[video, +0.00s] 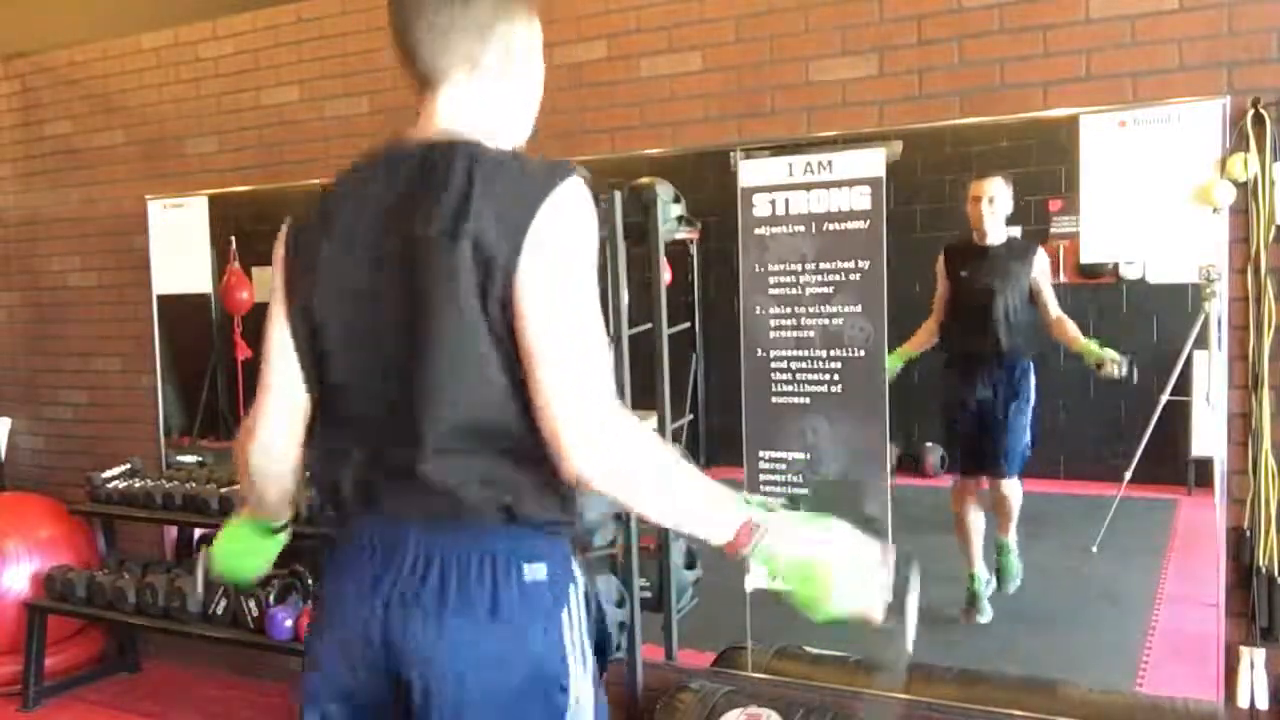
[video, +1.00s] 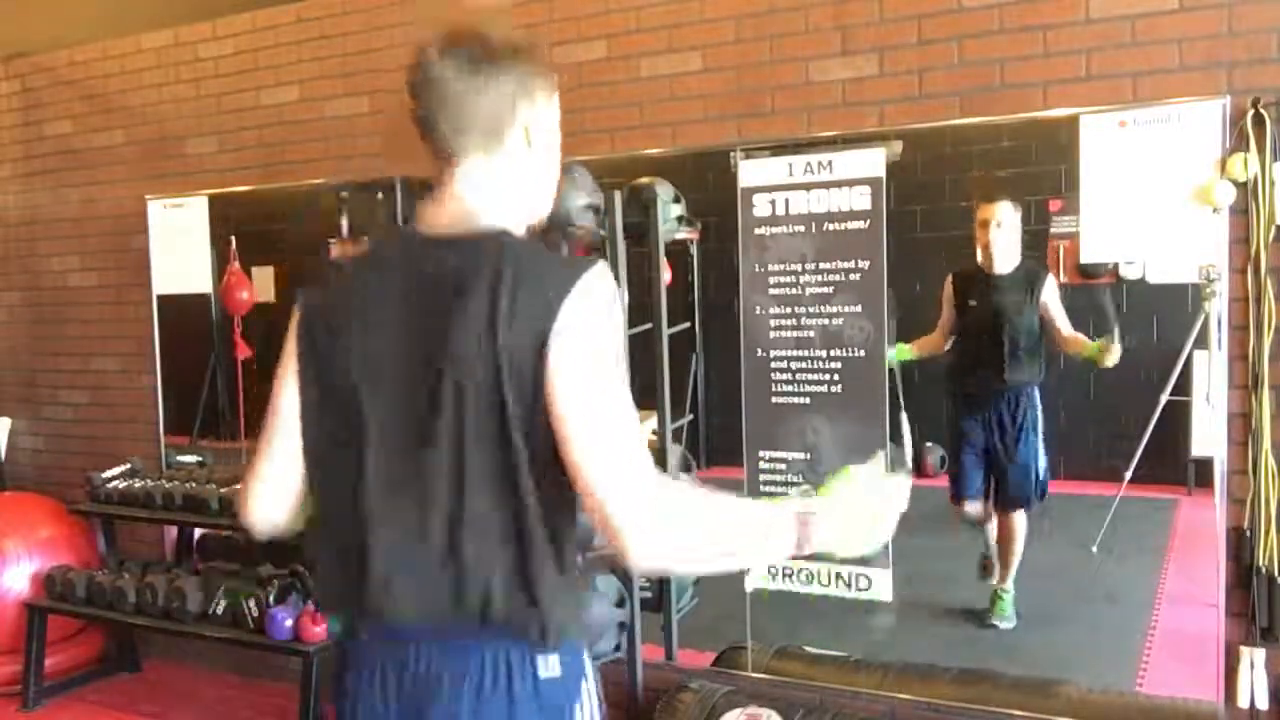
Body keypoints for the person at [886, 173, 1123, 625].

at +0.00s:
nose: (982, 209)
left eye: (991, 200)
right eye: (976, 200)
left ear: (1009, 206)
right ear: (967, 207)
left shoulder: (1031, 256)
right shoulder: (951, 256)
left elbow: (1054, 318)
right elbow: (937, 321)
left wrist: (1091, 351)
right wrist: (897, 358)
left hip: (1013, 374)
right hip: (963, 374)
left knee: (1003, 481)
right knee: (967, 485)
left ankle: (1006, 546)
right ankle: (976, 580)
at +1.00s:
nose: (986, 234)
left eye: (996, 226)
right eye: (982, 225)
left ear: (1016, 232)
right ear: (974, 232)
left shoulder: (1039, 281)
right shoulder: (958, 283)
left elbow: (1064, 336)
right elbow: (941, 338)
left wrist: (1094, 350)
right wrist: (903, 351)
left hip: (1020, 402)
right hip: (970, 402)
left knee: (1011, 503)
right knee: (968, 505)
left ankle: (1004, 590)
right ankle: (991, 529)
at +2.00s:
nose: (978, 207)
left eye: (987, 199)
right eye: (972, 199)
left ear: (1003, 204)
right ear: (963, 205)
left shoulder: (1028, 254)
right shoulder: (949, 258)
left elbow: (1056, 314)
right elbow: (935, 321)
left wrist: (1095, 350)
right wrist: (899, 360)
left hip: (1022, 373)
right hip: (972, 374)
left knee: (1016, 472)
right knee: (983, 477)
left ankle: (1017, 570)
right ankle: (991, 572)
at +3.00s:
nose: (995, 239)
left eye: (1004, 231)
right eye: (989, 230)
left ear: (1021, 236)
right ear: (978, 236)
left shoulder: (1043, 288)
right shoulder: (961, 288)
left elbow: (1075, 337)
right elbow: (943, 341)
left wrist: (1110, 347)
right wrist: (895, 350)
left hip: (1021, 406)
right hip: (968, 404)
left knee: (1011, 506)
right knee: (960, 505)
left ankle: (1006, 592)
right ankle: (962, 603)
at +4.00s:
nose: (997, 205)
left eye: (1006, 196)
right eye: (990, 196)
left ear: (1023, 203)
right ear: (978, 202)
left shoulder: (1043, 253)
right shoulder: (961, 253)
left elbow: (1065, 318)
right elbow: (941, 316)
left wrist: (1106, 352)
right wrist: (902, 355)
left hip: (1025, 373)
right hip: (975, 372)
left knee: (1013, 476)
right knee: (981, 485)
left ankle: (1011, 577)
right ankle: (1011, 557)